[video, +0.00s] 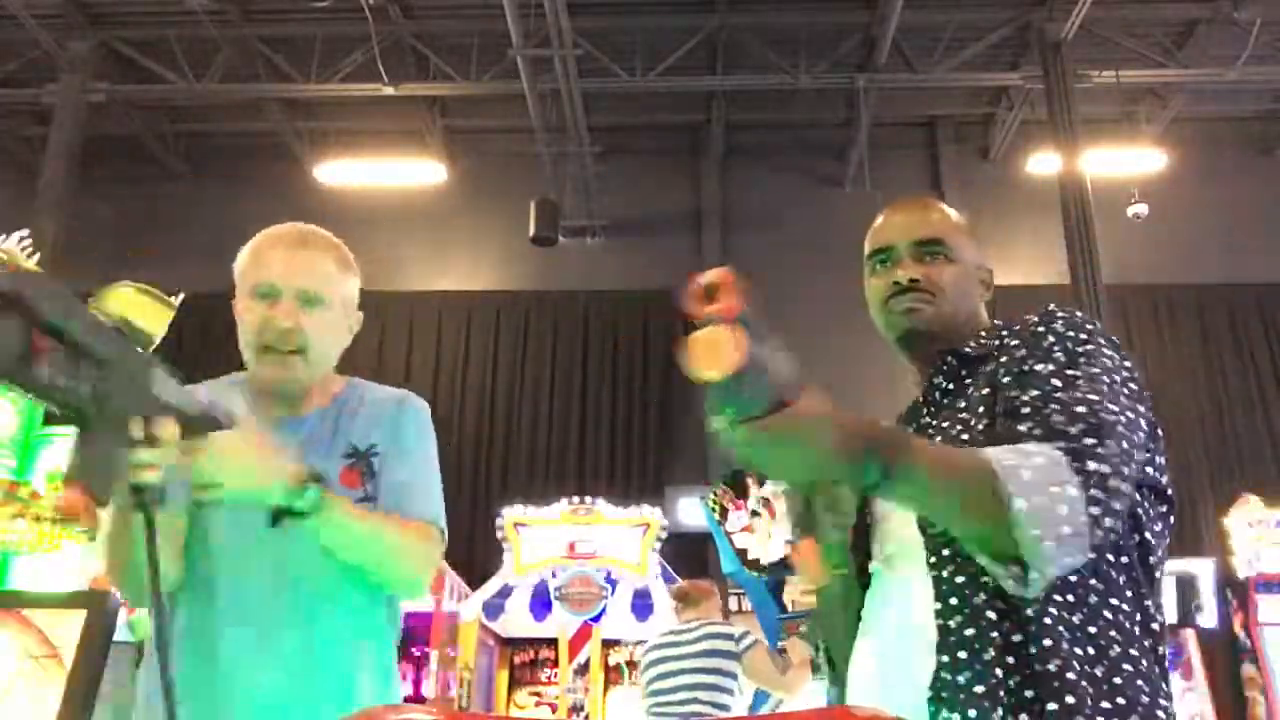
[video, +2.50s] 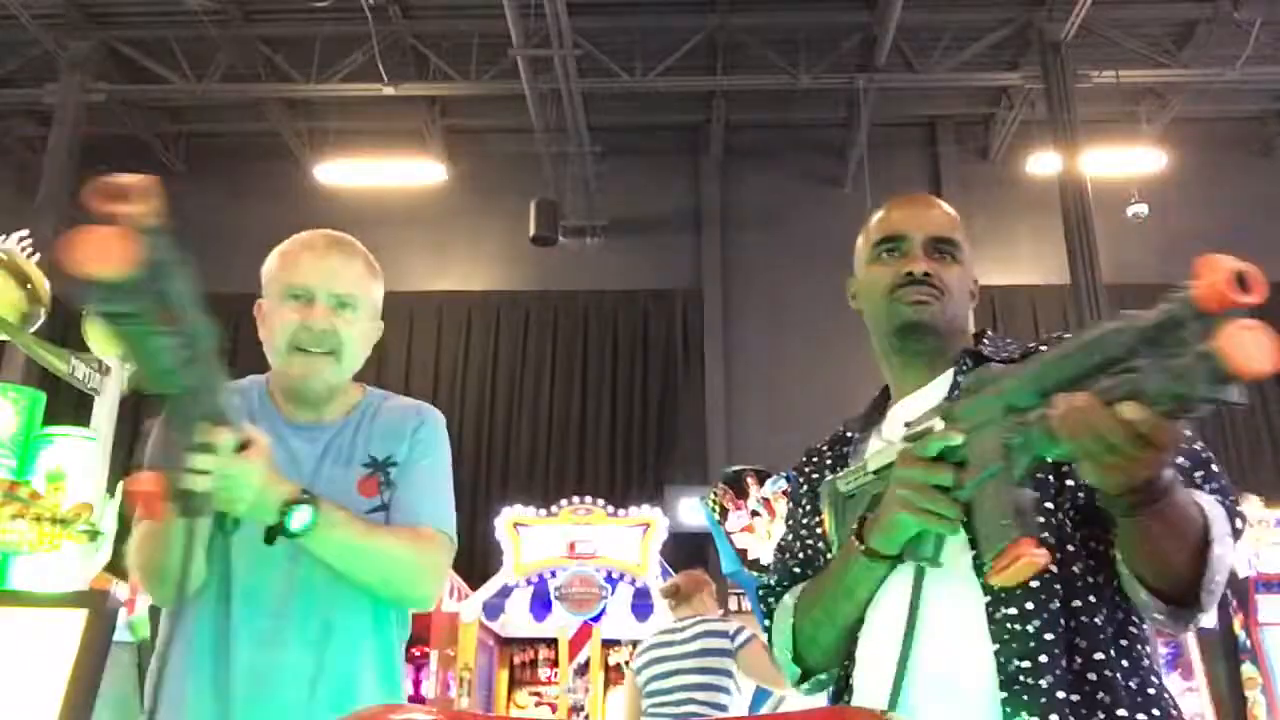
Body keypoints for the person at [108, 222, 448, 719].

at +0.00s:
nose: (284, 320)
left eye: (310, 302)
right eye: (265, 296)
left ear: (351, 323)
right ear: (236, 310)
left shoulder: (397, 418)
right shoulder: (182, 417)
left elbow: (415, 566)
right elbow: (139, 584)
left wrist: (296, 490)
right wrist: (137, 488)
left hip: (343, 707)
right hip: (193, 707)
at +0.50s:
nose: (304, 347)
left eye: (329, 325)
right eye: (284, 325)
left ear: (373, 337)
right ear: (260, 334)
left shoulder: (430, 447)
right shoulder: (216, 425)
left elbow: (477, 593)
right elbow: (152, 558)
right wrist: (183, 463)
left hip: (365, 710)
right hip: (216, 707)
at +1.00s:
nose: (210, 266)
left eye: (239, 241)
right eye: (188, 241)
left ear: (291, 262)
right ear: (162, 255)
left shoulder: (357, 393)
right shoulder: (111, 368)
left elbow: (393, 570)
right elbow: (28, 525)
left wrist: (329, 648)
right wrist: (66, 413)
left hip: (275, 711)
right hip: (102, 706)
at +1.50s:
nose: (337, 303)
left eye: (361, 285)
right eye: (316, 281)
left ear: (400, 310)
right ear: (286, 300)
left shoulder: (446, 417)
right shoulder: (230, 399)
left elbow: (470, 572)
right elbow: (187, 558)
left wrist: (351, 479)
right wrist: (187, 509)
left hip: (389, 704)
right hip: (241, 702)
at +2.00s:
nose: (316, 317)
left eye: (342, 299)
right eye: (297, 296)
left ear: (377, 325)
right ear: (264, 316)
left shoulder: (419, 426)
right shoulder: (208, 414)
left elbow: (431, 570)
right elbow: (171, 587)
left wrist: (284, 494)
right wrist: (171, 480)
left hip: (359, 707)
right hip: (212, 706)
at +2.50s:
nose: (318, 320)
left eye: (343, 305)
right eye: (298, 298)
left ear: (374, 332)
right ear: (260, 317)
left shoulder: (412, 429)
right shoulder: (198, 418)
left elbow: (423, 579)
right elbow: (161, 584)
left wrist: (278, 499)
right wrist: (194, 488)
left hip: (348, 708)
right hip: (197, 706)